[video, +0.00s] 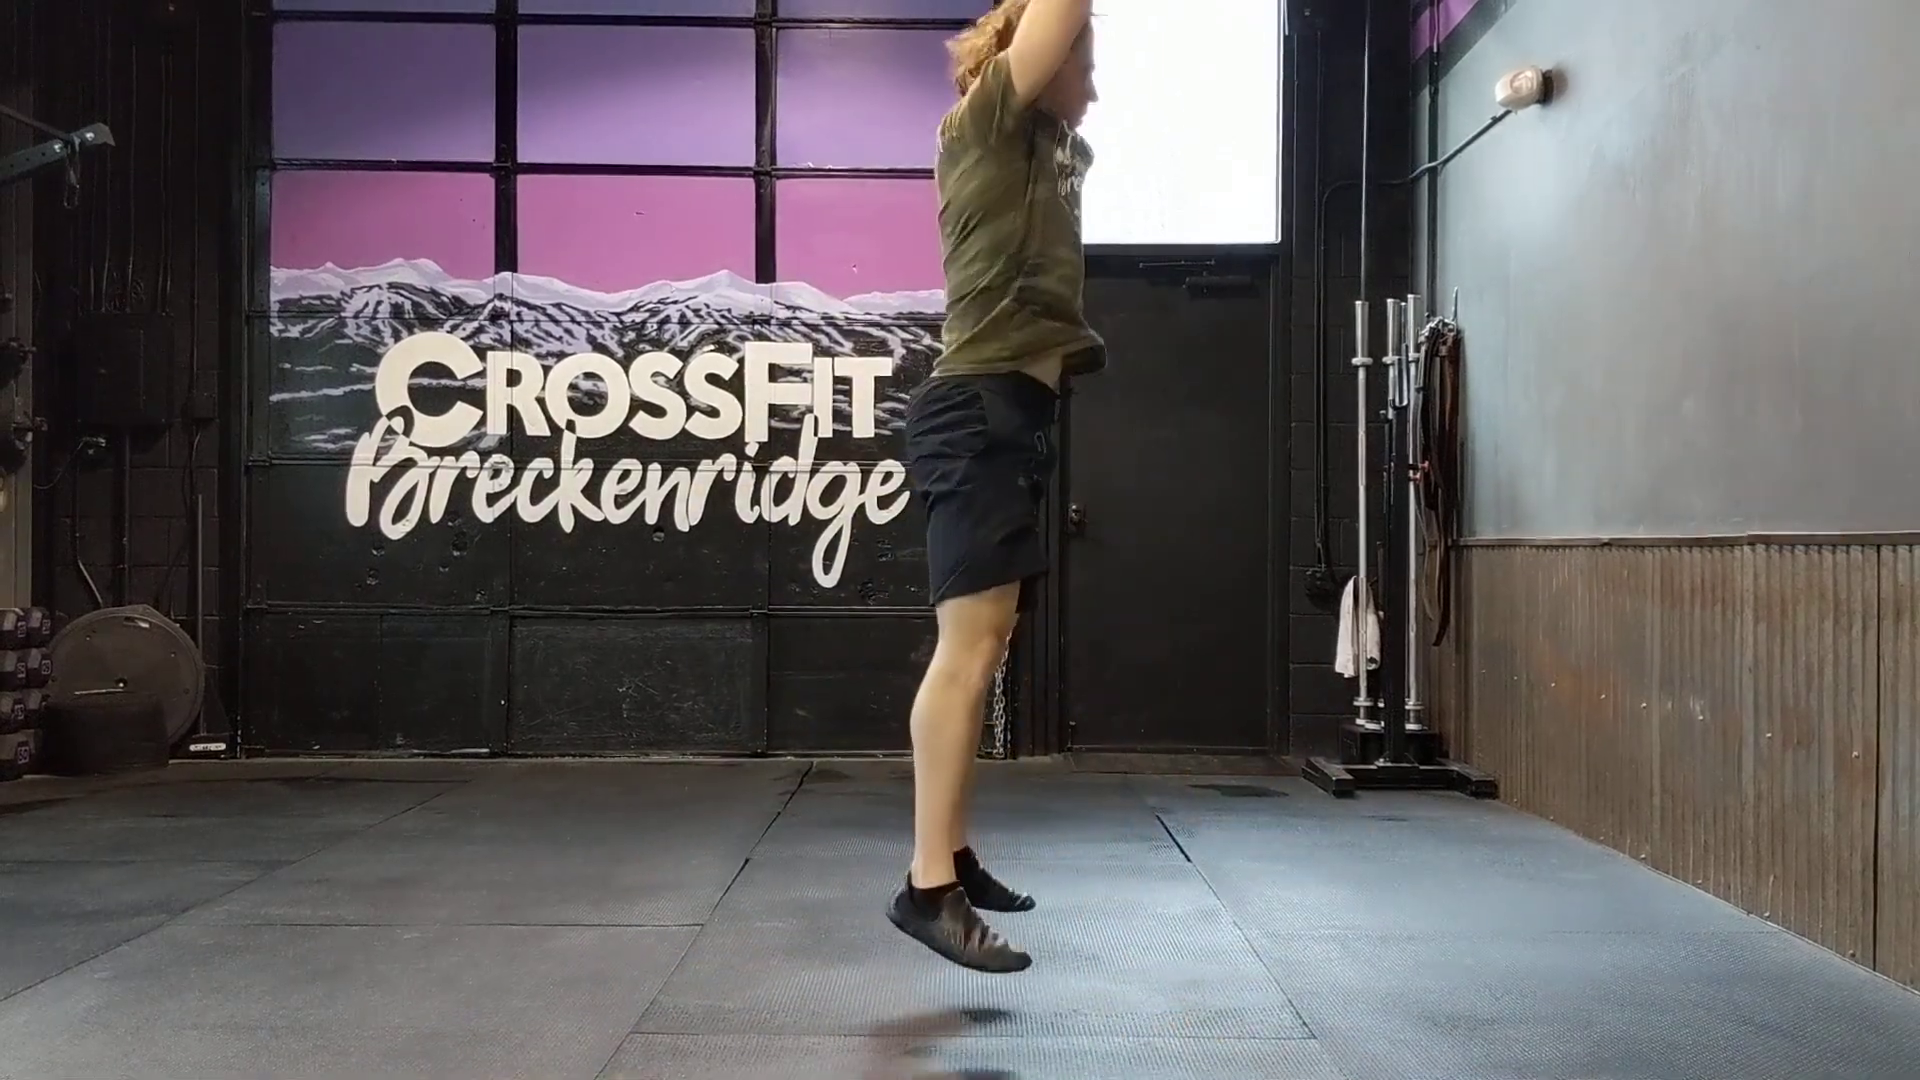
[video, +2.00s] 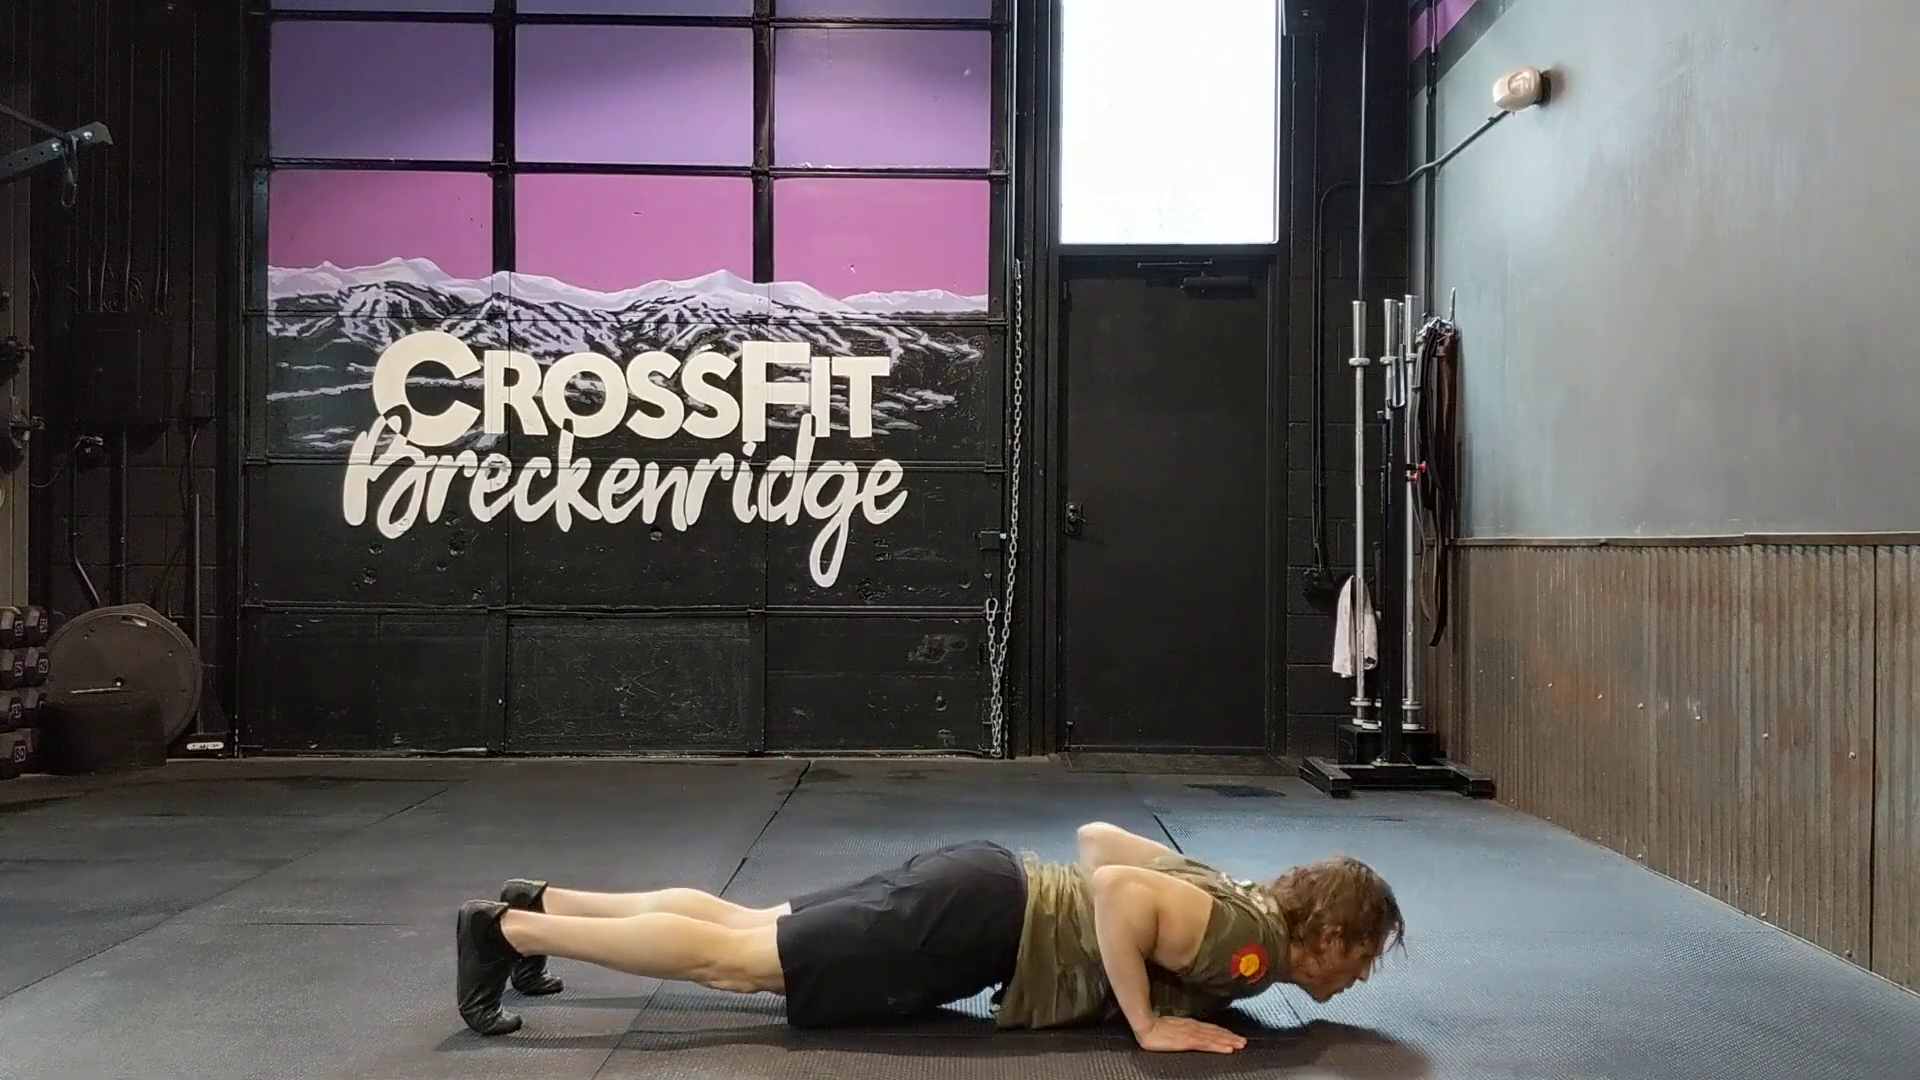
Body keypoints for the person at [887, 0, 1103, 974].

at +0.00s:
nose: (1088, 74)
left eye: (1089, 57)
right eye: (1079, 54)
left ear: (1042, 60)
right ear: (1029, 54)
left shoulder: (1029, 138)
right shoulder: (990, 123)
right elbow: (1060, 4)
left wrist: (1027, 45)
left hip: (1008, 411)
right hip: (978, 411)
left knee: (980, 644)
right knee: (969, 646)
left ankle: (947, 850)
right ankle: (927, 886)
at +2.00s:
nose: (1367, 968)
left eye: (1372, 953)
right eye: (1367, 952)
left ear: (1317, 917)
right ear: (1328, 934)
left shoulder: (1240, 911)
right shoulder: (1242, 935)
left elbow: (1110, 843)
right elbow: (1112, 879)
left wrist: (1131, 970)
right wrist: (1151, 1019)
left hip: (986, 888)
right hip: (983, 916)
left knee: (748, 929)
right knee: (732, 959)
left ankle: (541, 900)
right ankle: (510, 931)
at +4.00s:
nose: (1131, 244)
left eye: (1135, 229)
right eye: (1127, 225)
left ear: (1071, 214)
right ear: (1079, 211)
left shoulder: (1035, 287)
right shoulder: (1027, 279)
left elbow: (1053, 370)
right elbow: (1030, 370)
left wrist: (1163, 321)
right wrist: (1172, 305)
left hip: (994, 552)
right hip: (971, 547)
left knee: (1021, 761)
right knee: (1023, 763)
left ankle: (939, 955)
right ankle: (913, 993)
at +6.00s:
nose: (1234, 750)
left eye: (1246, 740)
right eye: (1243, 732)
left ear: (1211, 683)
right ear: (1220, 694)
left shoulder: (1145, 676)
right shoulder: (1138, 685)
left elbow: (1114, 853)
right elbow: (1112, 863)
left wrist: (1126, 978)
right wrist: (1135, 1028)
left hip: (921, 588)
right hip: (897, 577)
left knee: (948, 791)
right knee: (939, 799)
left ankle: (814, 904)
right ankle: (752, 949)